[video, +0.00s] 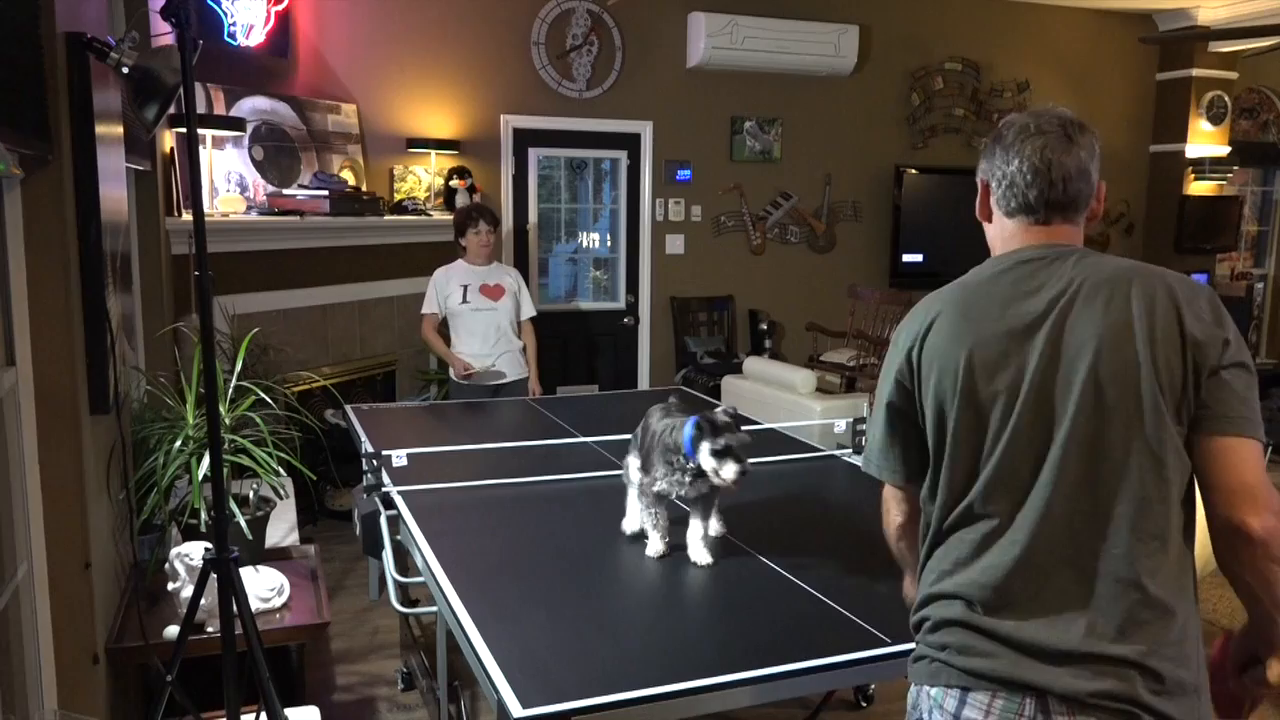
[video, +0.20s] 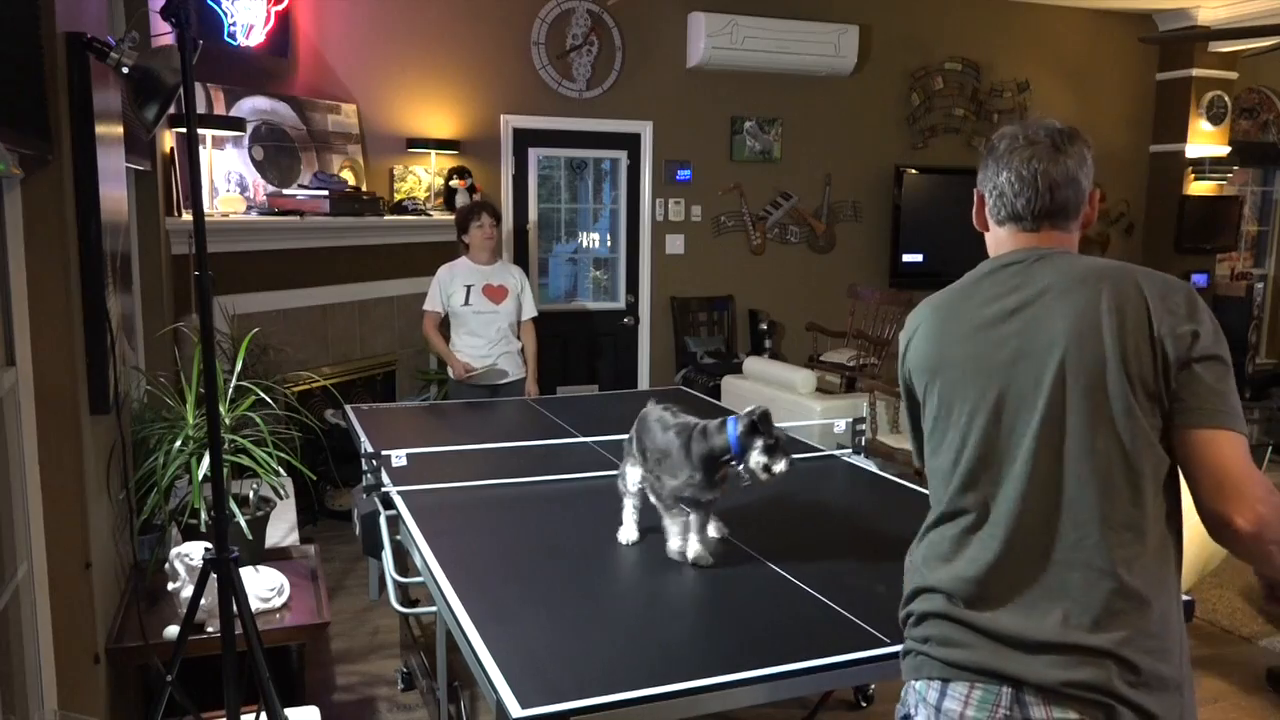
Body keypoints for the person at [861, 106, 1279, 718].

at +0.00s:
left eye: (980, 199)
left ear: (984, 202)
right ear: (1098, 204)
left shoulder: (930, 321)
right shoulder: (1187, 308)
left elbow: (901, 518)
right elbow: (1247, 521)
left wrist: (919, 579)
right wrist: (1260, 635)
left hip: (964, 686)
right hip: (1144, 691)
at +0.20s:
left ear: (979, 211)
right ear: (1092, 210)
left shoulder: (925, 326)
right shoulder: (1164, 305)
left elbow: (940, 479)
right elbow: (1241, 515)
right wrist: (1274, 570)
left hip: (950, 685)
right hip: (1118, 692)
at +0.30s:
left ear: (987, 217)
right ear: (1097, 216)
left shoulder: (933, 324)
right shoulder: (1162, 306)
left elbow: (940, 468)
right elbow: (1233, 511)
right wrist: (1277, 558)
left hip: (944, 680)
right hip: (1107, 688)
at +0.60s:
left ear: (1029, 248)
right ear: (1137, 251)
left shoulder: (962, 332)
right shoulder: (1183, 343)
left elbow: (927, 495)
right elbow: (1224, 554)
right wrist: (1276, 643)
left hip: (916, 682)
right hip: (1067, 695)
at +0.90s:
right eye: (1155, 260)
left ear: (1041, 263)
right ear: (1149, 272)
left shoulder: (965, 340)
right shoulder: (1203, 378)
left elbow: (852, 472)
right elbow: (1201, 556)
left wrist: (833, 588)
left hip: (952, 690)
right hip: (1125, 700)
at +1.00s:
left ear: (1046, 256)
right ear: (1155, 269)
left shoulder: (975, 340)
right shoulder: (1206, 376)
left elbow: (875, 476)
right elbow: (1173, 510)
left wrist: (840, 600)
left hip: (983, 689)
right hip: (1163, 698)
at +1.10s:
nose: (1054, 255)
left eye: (1056, 241)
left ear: (1065, 243)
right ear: (1173, 263)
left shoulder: (998, 339)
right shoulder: (1217, 365)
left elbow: (906, 494)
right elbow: (1198, 518)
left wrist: (862, 603)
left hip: (1025, 686)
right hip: (1202, 690)